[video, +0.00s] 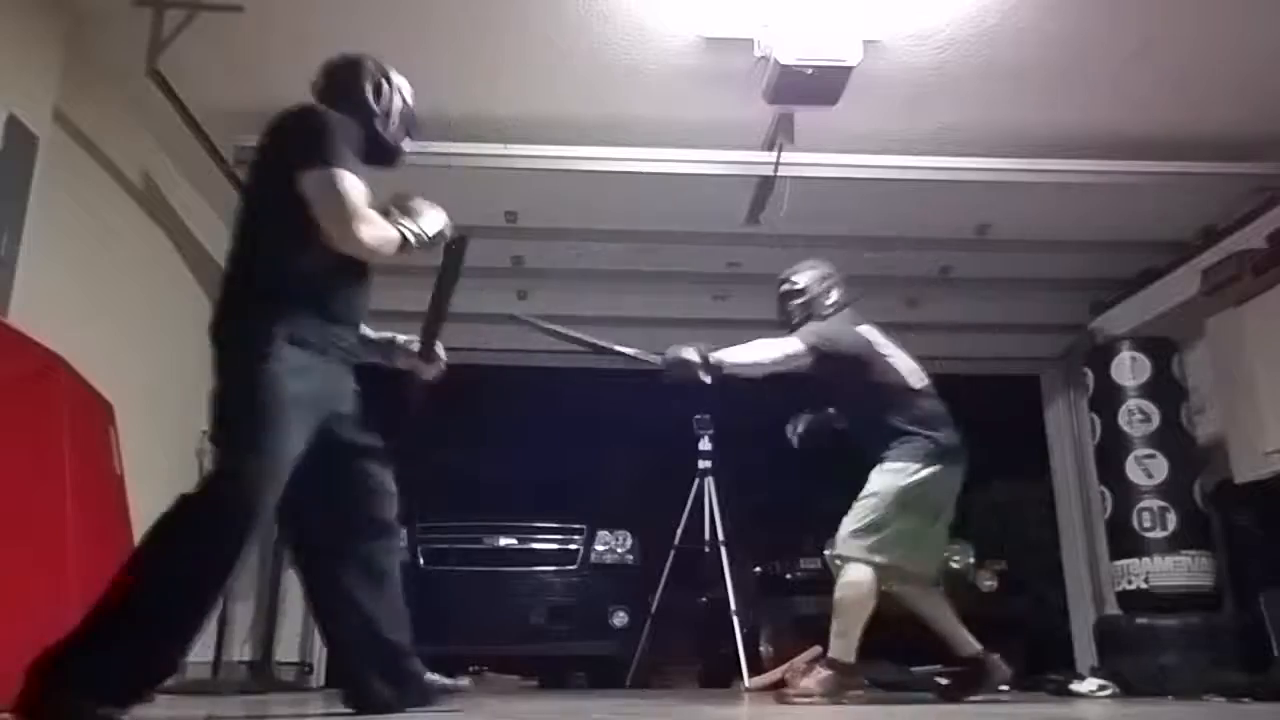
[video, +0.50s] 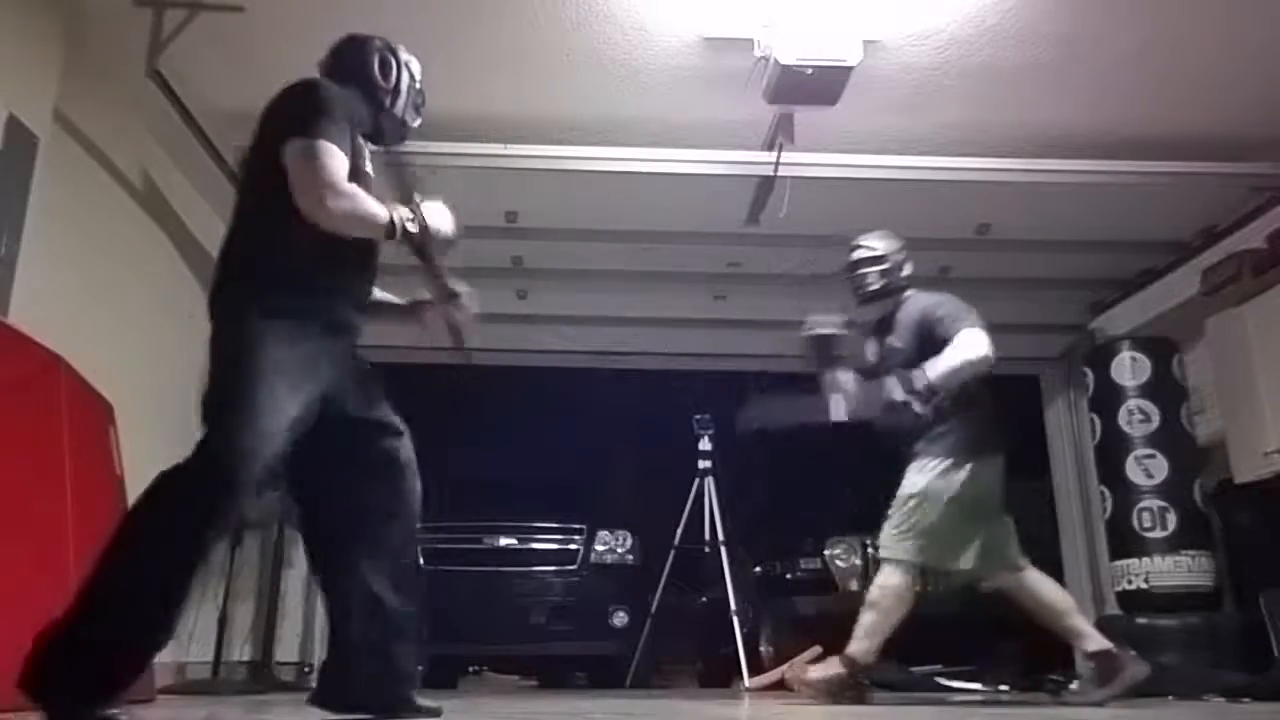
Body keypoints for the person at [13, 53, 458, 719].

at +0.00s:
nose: (397, 136)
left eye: (401, 123)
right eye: (395, 118)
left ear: (347, 97)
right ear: (372, 99)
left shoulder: (335, 160)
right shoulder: (311, 129)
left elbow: (324, 319)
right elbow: (352, 229)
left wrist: (396, 355)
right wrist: (414, 227)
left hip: (329, 362)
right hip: (278, 350)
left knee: (358, 512)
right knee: (238, 504)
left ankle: (385, 677)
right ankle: (79, 683)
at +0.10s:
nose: (387, 117)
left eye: (390, 103)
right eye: (386, 99)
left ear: (338, 81)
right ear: (361, 83)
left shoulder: (332, 152)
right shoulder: (295, 117)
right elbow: (318, 224)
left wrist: (377, 327)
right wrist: (382, 218)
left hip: (318, 354)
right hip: (256, 341)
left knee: (365, 489)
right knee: (215, 502)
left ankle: (362, 674)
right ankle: (77, 687)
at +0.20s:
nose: (390, 103)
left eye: (394, 89)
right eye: (388, 86)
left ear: (338, 70)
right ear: (361, 71)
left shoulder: (333, 146)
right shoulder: (291, 105)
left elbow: (321, 253)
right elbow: (300, 217)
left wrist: (382, 313)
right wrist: (387, 218)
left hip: (315, 348)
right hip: (253, 332)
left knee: (364, 501)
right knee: (220, 493)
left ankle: (300, 673)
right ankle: (72, 687)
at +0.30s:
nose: (393, 97)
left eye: (397, 83)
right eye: (392, 81)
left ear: (338, 64)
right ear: (368, 66)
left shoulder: (330, 140)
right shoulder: (297, 98)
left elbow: (311, 289)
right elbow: (314, 211)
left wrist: (376, 317)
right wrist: (406, 205)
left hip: (309, 335)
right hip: (253, 321)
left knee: (363, 474)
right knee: (213, 481)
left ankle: (294, 668)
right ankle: (62, 687)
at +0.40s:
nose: (399, 100)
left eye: (403, 87)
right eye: (397, 83)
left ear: (346, 64)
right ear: (371, 65)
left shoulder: (336, 137)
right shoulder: (304, 94)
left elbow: (314, 285)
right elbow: (328, 205)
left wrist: (385, 305)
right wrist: (423, 201)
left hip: (316, 337)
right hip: (259, 321)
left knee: (384, 474)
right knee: (208, 481)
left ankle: (333, 663)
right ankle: (62, 689)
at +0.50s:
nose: (406, 118)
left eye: (410, 106)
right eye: (404, 100)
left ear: (367, 83)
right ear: (377, 78)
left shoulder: (356, 155)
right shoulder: (316, 101)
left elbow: (337, 291)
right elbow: (324, 199)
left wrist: (419, 309)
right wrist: (406, 222)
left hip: (332, 342)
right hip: (273, 327)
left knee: (379, 479)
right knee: (232, 472)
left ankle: (369, 681)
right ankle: (69, 677)